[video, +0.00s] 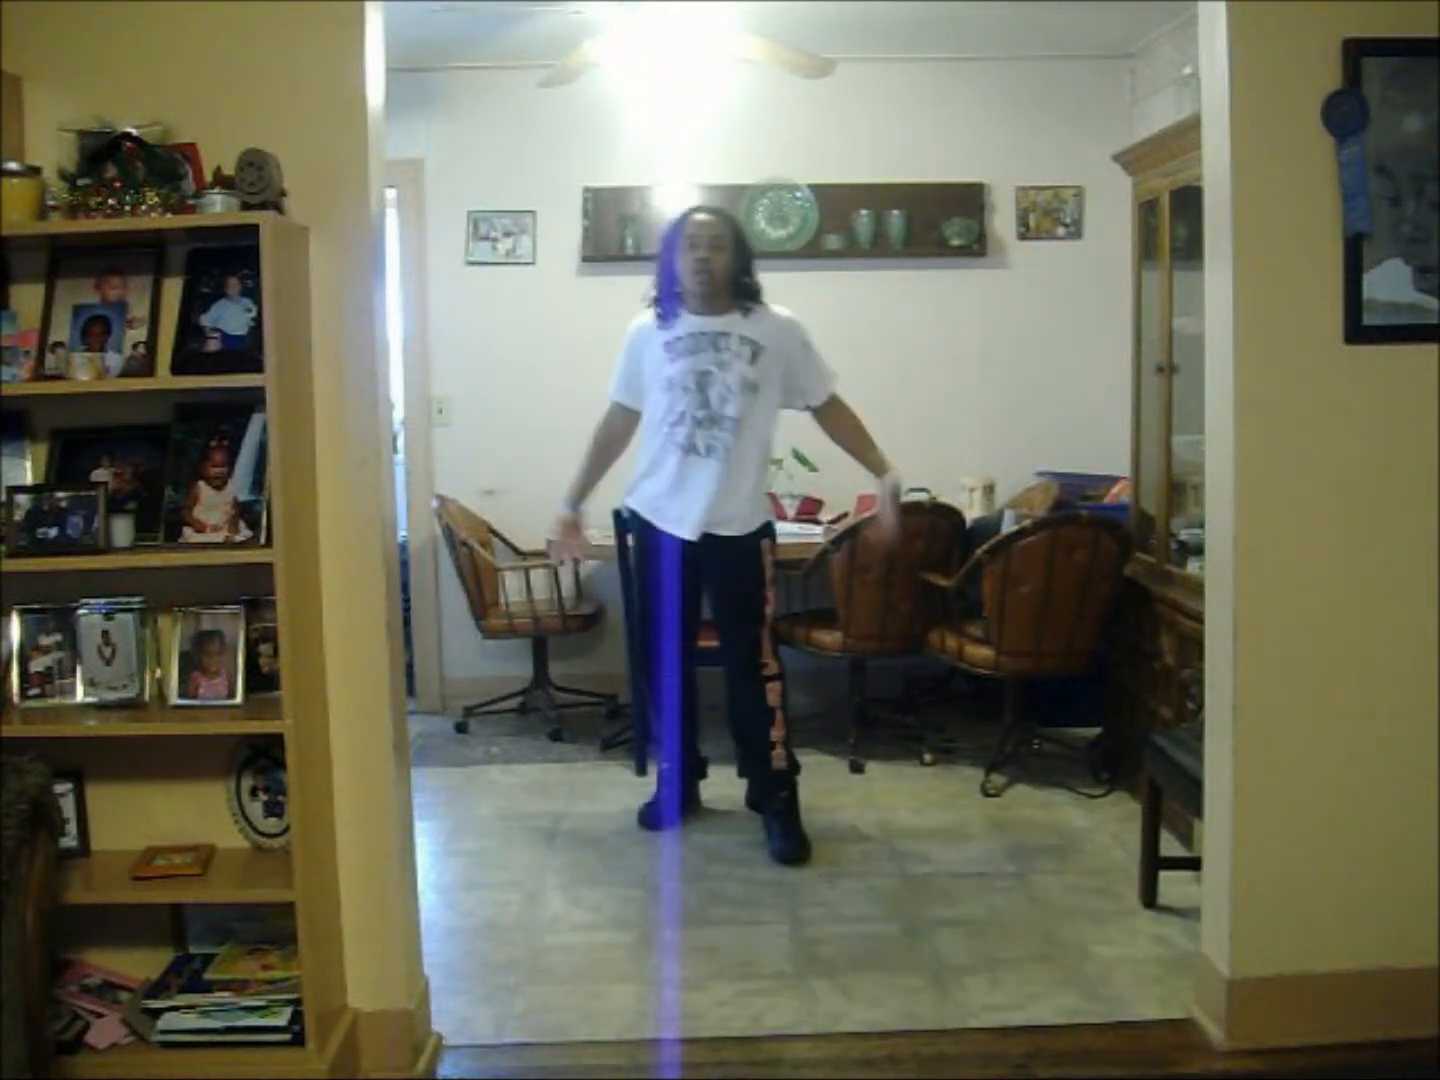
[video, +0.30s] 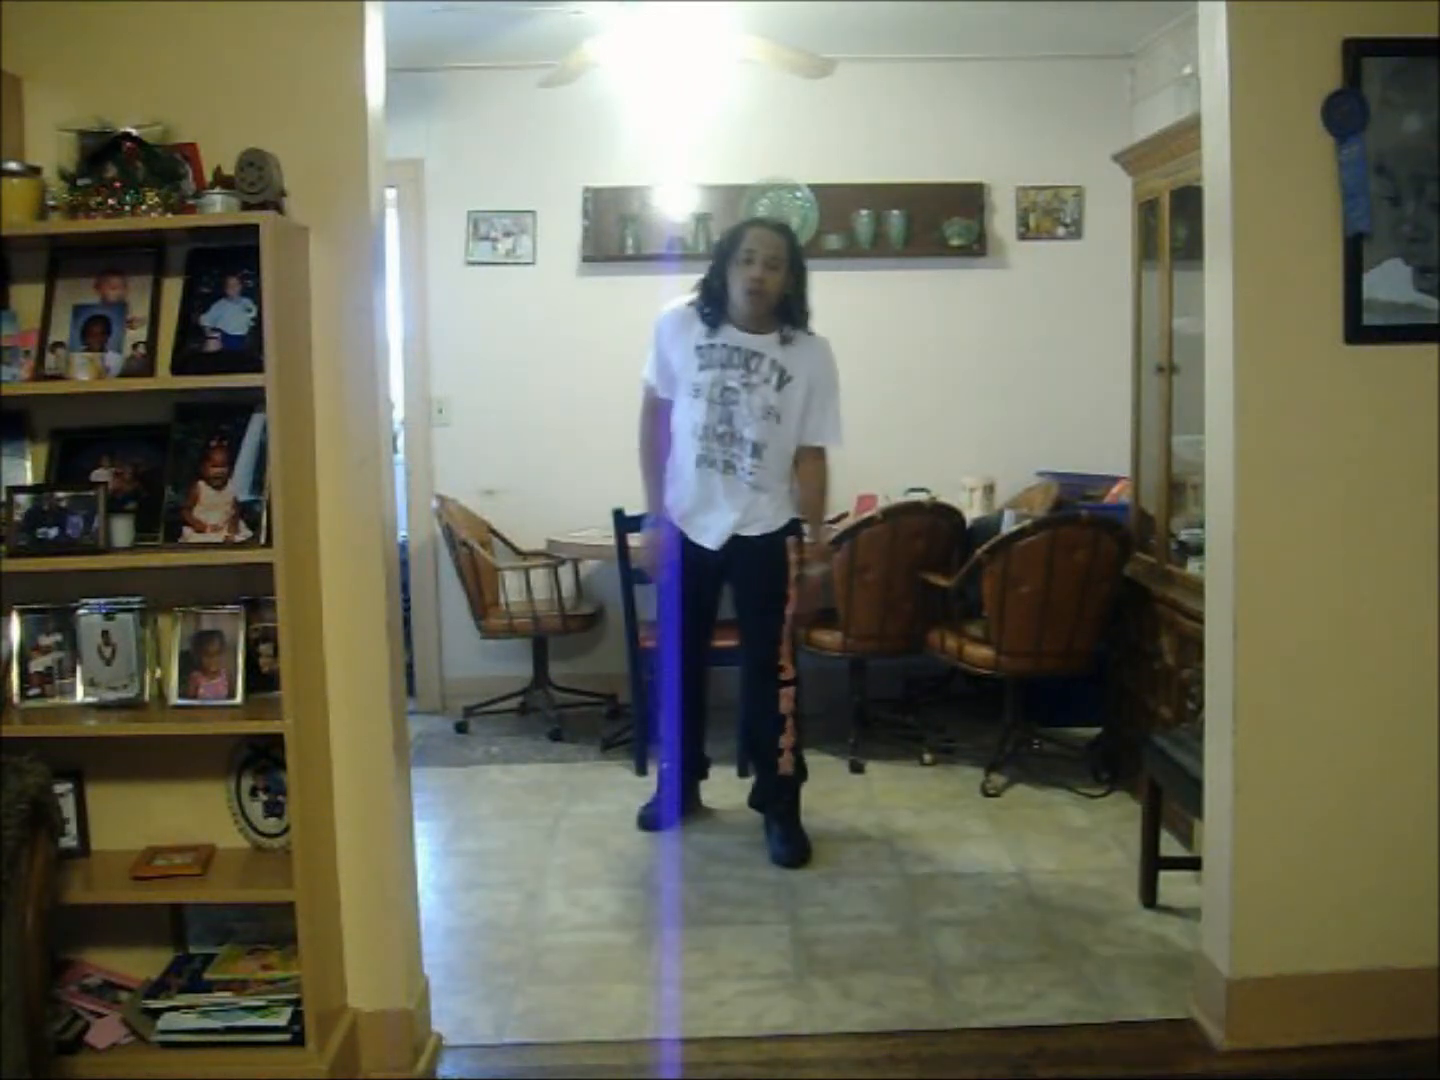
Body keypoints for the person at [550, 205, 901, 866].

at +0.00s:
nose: (702, 257)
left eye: (715, 247)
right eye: (691, 248)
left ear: (738, 259)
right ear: (671, 260)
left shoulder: (776, 333)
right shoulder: (648, 336)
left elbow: (828, 407)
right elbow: (619, 419)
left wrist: (885, 471)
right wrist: (573, 502)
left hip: (738, 522)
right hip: (657, 520)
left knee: (751, 660)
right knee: (662, 659)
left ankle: (777, 801)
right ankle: (675, 783)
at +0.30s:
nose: (760, 274)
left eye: (774, 265)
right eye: (749, 260)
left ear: (791, 278)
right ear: (724, 267)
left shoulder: (808, 352)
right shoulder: (679, 328)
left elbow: (810, 454)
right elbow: (654, 419)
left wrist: (813, 549)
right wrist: (656, 513)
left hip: (766, 528)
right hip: (688, 523)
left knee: (771, 665)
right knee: (682, 660)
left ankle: (780, 805)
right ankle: (679, 784)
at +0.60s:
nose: (750, 255)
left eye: (763, 243)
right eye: (736, 243)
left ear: (783, 254)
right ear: (715, 253)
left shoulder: (810, 335)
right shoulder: (680, 321)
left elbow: (832, 440)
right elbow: (658, 404)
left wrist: (819, 542)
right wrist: (663, 482)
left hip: (768, 523)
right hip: (689, 517)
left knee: (770, 664)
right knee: (679, 657)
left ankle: (780, 805)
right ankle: (679, 782)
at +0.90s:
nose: (694, 252)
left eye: (705, 239)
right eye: (680, 243)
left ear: (728, 248)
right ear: (660, 258)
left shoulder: (768, 328)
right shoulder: (643, 334)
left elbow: (801, 417)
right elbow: (627, 431)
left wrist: (831, 491)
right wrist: (623, 519)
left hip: (742, 526)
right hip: (660, 524)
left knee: (757, 668)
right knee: (658, 669)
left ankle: (780, 807)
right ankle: (669, 797)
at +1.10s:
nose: (671, 256)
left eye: (681, 245)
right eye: (658, 248)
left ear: (705, 255)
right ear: (640, 265)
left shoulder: (752, 332)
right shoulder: (627, 342)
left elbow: (771, 430)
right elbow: (605, 432)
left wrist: (771, 516)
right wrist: (589, 518)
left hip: (722, 527)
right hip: (639, 524)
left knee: (729, 672)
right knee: (648, 670)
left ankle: (772, 810)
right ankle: (667, 796)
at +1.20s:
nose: (670, 258)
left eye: (680, 246)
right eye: (657, 249)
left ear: (703, 256)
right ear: (638, 265)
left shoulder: (749, 335)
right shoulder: (623, 342)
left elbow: (762, 445)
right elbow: (601, 436)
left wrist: (758, 537)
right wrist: (595, 523)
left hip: (719, 532)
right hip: (636, 527)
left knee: (727, 675)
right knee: (640, 670)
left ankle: (774, 807)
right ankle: (668, 793)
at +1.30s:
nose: (673, 252)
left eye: (682, 240)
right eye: (659, 243)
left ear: (704, 252)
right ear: (639, 261)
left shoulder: (745, 338)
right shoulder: (615, 340)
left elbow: (756, 439)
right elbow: (596, 432)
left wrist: (751, 521)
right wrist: (597, 516)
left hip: (721, 524)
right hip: (636, 524)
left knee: (745, 666)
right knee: (642, 667)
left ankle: (775, 804)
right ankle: (666, 793)